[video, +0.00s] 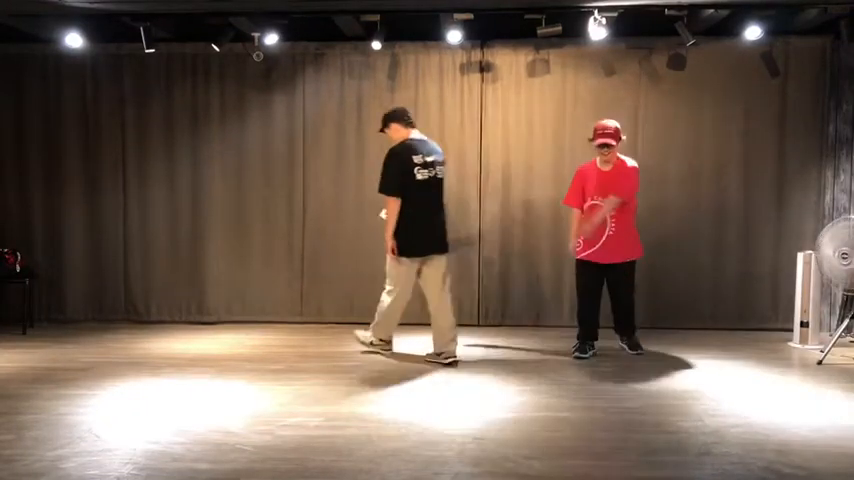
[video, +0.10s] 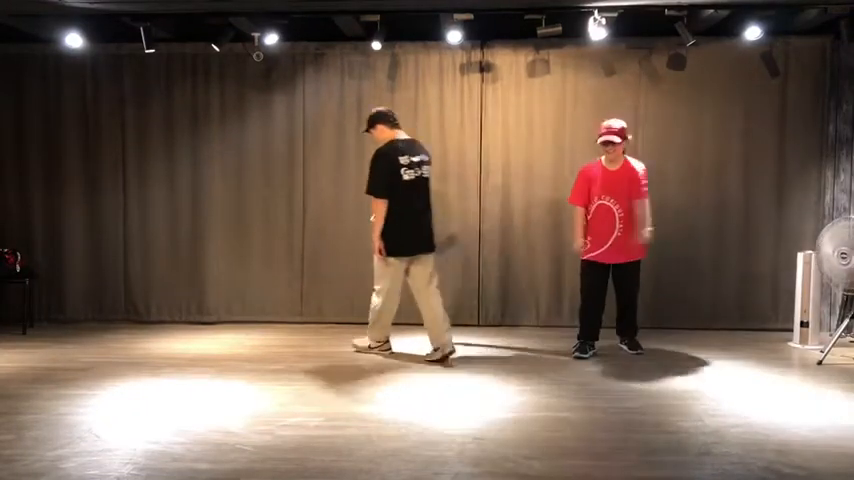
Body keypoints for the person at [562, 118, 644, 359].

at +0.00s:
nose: (604, 150)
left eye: (609, 145)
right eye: (600, 145)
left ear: (618, 144)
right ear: (594, 145)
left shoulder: (629, 169)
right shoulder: (584, 172)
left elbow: (617, 200)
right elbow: (577, 209)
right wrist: (574, 238)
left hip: (621, 248)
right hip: (590, 248)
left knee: (624, 297)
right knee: (587, 299)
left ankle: (627, 335)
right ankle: (585, 341)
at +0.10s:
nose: (609, 148)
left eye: (614, 143)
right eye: (604, 143)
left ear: (624, 144)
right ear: (599, 144)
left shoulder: (637, 170)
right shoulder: (589, 172)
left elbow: (642, 201)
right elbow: (580, 207)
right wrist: (579, 236)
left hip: (628, 246)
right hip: (595, 246)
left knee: (628, 296)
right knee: (591, 297)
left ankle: (628, 336)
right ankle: (586, 341)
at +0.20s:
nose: (614, 144)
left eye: (620, 140)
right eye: (611, 140)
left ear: (631, 142)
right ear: (607, 141)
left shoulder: (642, 169)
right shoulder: (595, 170)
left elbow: (667, 191)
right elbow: (583, 204)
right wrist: (583, 233)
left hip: (632, 245)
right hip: (600, 245)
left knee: (631, 296)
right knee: (595, 295)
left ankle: (628, 337)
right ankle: (587, 340)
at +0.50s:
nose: (625, 141)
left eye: (631, 137)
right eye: (622, 136)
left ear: (642, 141)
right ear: (617, 139)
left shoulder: (650, 166)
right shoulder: (604, 165)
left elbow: (666, 182)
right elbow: (582, 194)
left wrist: (678, 194)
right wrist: (573, 220)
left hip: (637, 242)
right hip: (605, 241)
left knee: (632, 293)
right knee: (600, 290)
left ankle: (629, 336)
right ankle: (589, 336)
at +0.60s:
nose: (626, 140)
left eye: (632, 136)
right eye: (623, 135)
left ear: (643, 141)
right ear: (618, 138)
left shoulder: (649, 164)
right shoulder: (604, 162)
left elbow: (653, 183)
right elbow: (578, 179)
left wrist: (662, 197)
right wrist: (563, 195)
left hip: (637, 243)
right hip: (606, 242)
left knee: (633, 294)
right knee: (600, 292)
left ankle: (628, 337)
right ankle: (590, 338)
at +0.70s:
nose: (626, 142)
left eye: (632, 138)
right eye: (623, 137)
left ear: (642, 143)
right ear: (617, 139)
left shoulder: (647, 166)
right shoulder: (601, 162)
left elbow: (660, 183)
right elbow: (572, 171)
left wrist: (679, 199)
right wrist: (548, 186)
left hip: (636, 243)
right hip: (604, 242)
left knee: (632, 294)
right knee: (600, 292)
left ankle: (628, 337)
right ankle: (593, 339)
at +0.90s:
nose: (619, 150)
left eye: (624, 146)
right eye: (616, 145)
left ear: (633, 146)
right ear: (609, 143)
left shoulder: (640, 164)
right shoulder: (597, 167)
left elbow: (648, 182)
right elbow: (602, 189)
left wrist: (618, 170)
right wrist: (627, 199)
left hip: (631, 244)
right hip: (599, 244)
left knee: (629, 295)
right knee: (597, 295)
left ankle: (628, 337)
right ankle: (592, 340)